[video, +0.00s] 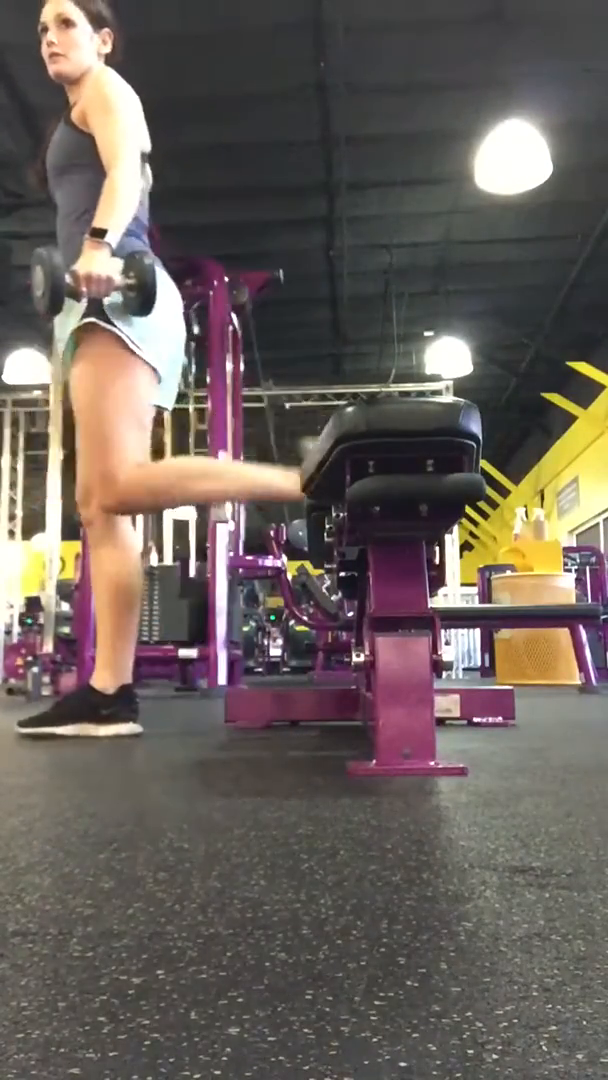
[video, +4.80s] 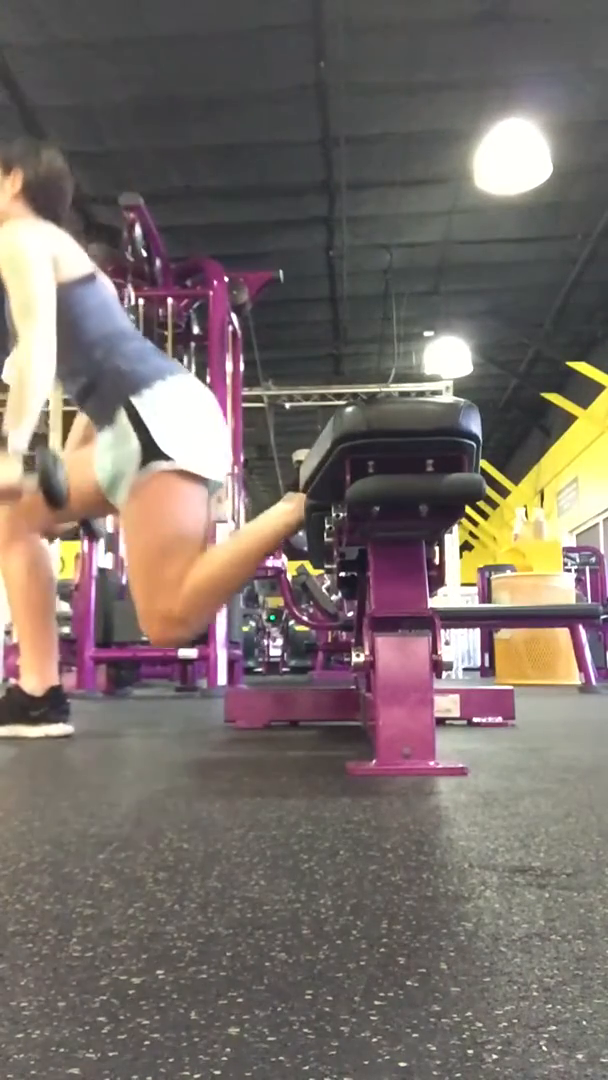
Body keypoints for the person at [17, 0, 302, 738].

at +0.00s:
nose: (49, 38)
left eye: (64, 25)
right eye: (43, 30)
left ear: (102, 38)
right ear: (44, 45)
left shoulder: (105, 88)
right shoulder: (84, 107)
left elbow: (127, 167)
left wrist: (99, 244)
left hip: (122, 294)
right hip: (101, 301)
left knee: (119, 483)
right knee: (98, 505)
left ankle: (309, 483)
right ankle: (109, 690)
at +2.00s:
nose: (51, 68)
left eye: (61, 53)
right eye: (48, 58)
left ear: (101, 51)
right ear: (91, 57)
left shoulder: (113, 93)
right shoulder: (101, 120)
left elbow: (119, 161)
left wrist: (103, 238)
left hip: (113, 293)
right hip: (98, 301)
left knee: (117, 475)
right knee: (71, 499)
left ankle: (310, 486)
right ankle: (85, 689)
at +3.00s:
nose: (46, 89)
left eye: (52, 73)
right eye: (45, 78)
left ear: (84, 65)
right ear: (103, 71)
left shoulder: (91, 90)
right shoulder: (121, 138)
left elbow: (119, 148)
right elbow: (138, 253)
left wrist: (72, 228)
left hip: (104, 296)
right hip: (110, 309)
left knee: (123, 467)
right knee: (51, 498)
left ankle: (314, 486)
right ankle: (77, 682)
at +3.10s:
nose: (39, 92)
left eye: (46, 77)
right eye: (40, 80)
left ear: (79, 71)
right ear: (98, 80)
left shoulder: (81, 105)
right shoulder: (124, 149)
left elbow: (98, 179)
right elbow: (142, 265)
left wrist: (63, 263)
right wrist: (146, 357)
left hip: (98, 313)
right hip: (120, 325)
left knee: (122, 497)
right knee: (37, 511)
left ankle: (311, 495)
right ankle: (77, 689)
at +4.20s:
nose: (10, 65)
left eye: (19, 51)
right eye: (14, 53)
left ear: (49, 51)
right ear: (60, 55)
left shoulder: (54, 98)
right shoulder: (82, 128)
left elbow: (61, 185)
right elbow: (90, 234)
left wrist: (30, 270)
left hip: (79, 301)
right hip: (85, 308)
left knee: (118, 492)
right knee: (22, 507)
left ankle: (307, 492)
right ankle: (38, 692)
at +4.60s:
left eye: (2, 109)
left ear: (25, 115)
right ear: (46, 123)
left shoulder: (34, 163)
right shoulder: (54, 180)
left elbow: (42, 259)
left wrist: (19, 350)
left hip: (126, 368)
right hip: (101, 392)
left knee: (135, 565)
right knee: (10, 508)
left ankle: (300, 502)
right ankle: (36, 691)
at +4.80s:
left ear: (14, 181)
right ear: (31, 187)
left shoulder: (25, 237)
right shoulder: (48, 248)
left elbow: (36, 344)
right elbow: (100, 384)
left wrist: (14, 447)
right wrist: (65, 462)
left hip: (159, 414)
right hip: (122, 435)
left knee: (168, 616)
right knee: (10, 516)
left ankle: (302, 501)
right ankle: (38, 692)